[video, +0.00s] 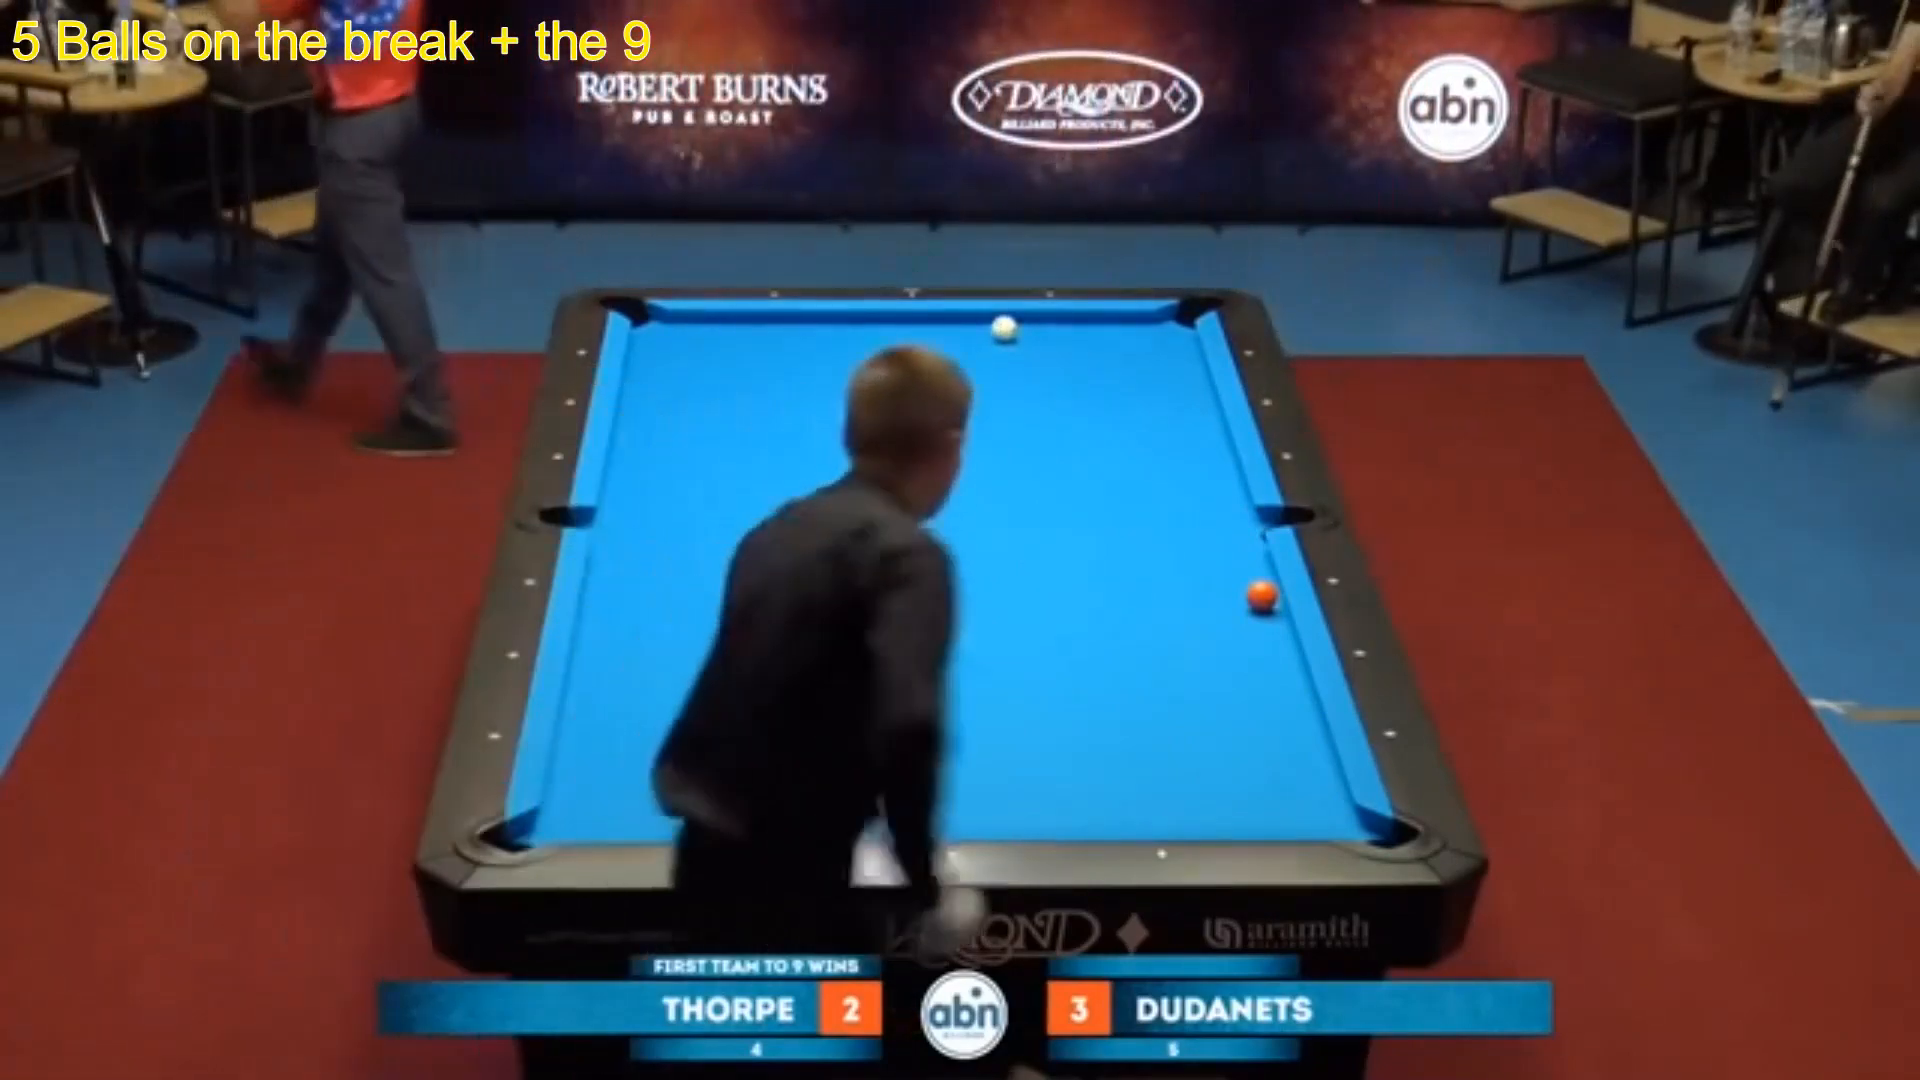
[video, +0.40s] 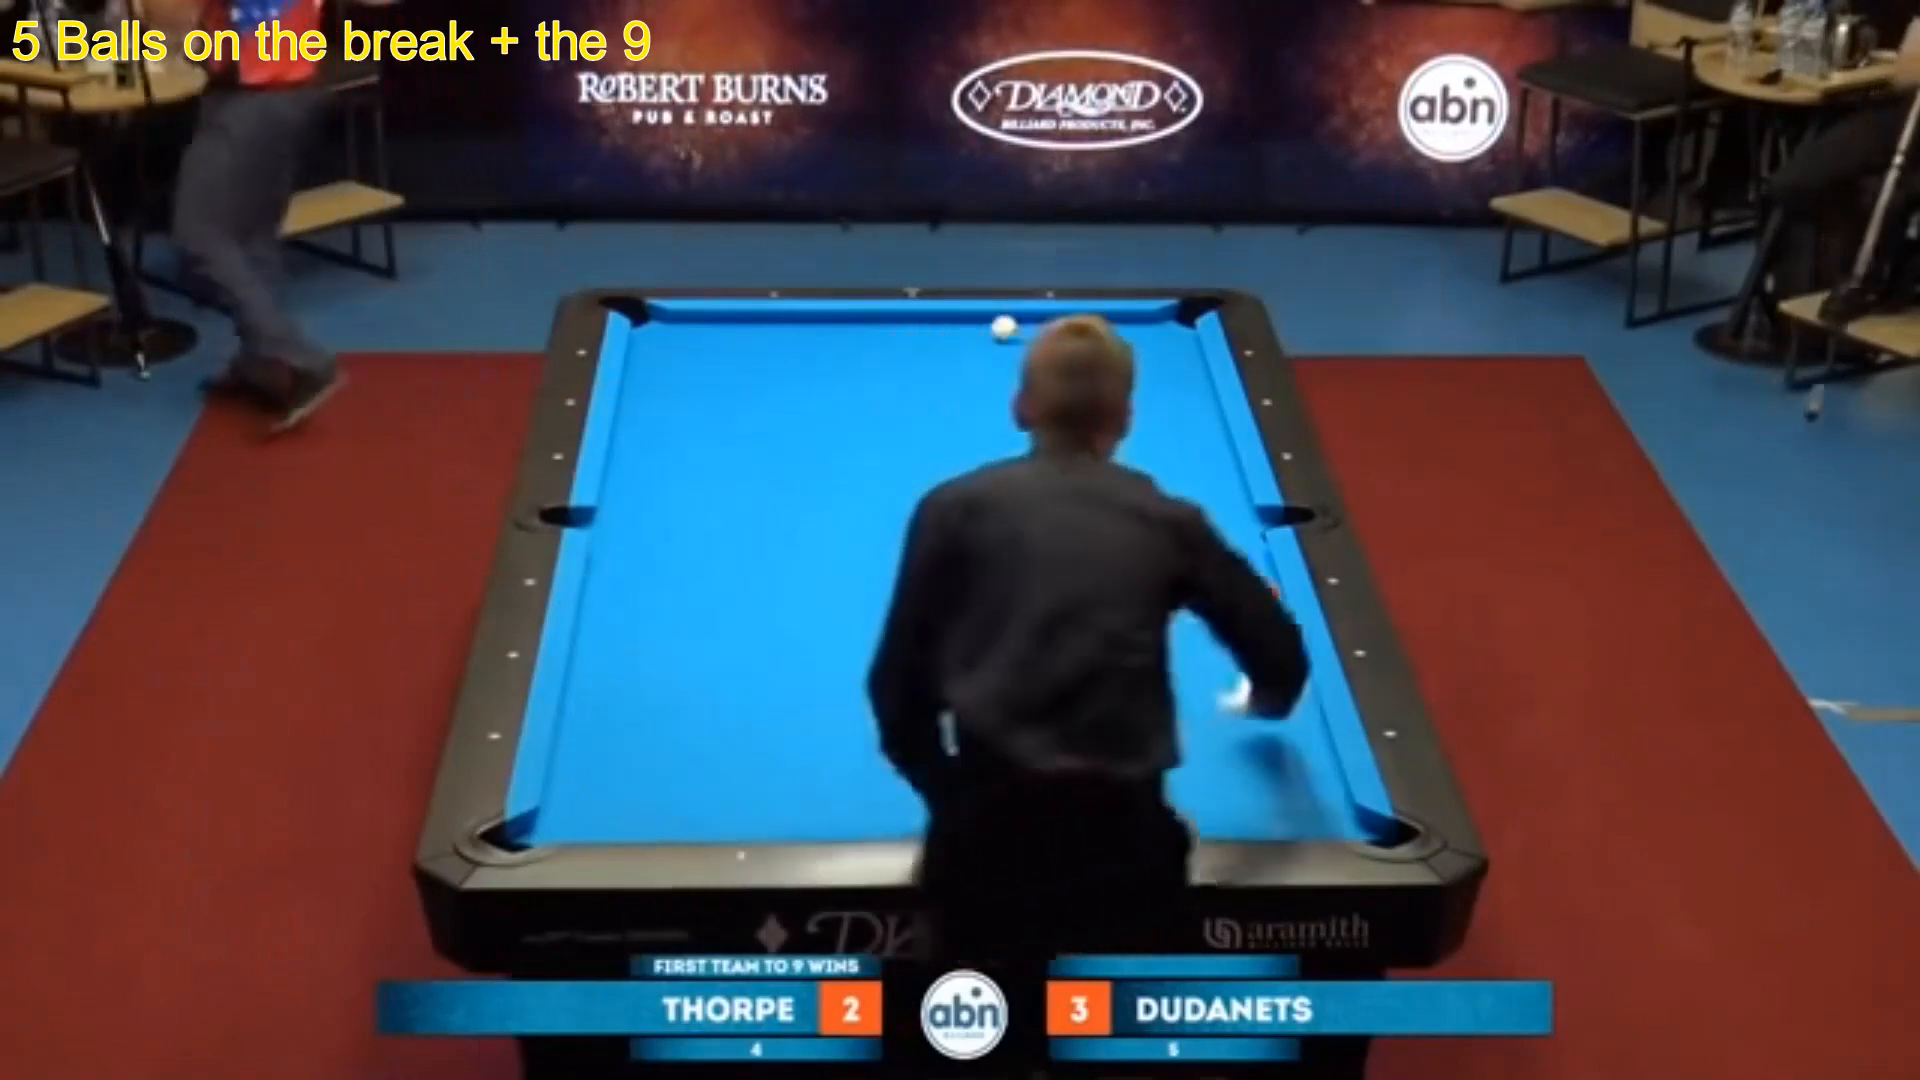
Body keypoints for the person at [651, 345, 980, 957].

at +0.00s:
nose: (959, 462)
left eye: (961, 445)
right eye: (959, 445)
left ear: (855, 435)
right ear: (946, 447)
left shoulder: (777, 531)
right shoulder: (908, 555)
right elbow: (908, 722)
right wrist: (922, 875)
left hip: (708, 850)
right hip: (801, 861)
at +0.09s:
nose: (987, 434)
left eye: (984, 416)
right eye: (984, 418)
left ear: (881, 417)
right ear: (972, 428)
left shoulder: (797, 522)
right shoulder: (959, 542)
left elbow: (761, 681)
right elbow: (1013, 713)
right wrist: (1035, 857)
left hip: (762, 857)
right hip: (868, 867)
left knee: (770, 1044)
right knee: (895, 1054)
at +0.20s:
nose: (1027, 415)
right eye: (1026, 402)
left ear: (922, 405)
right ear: (1019, 416)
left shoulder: (838, 517)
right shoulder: (1034, 526)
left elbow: (790, 687)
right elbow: (1153, 689)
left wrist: (845, 777)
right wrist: (1176, 792)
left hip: (849, 853)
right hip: (975, 858)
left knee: (878, 1047)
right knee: (1002, 1046)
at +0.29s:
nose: (1064, 415)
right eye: (1063, 401)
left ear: (957, 407)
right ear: (1058, 417)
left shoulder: (877, 519)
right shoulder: (1085, 524)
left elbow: (827, 699)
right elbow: (1224, 671)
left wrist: (892, 779)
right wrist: (1236, 753)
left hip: (909, 848)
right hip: (1040, 855)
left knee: (913, 1050)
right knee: (1047, 1053)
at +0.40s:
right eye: (1121, 403)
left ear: (1021, 409)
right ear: (1122, 419)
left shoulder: (953, 513)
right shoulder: (1163, 522)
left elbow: (896, 685)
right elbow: (1278, 648)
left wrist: (944, 790)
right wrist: (1265, 701)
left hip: (989, 833)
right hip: (1127, 837)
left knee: (985, 1034)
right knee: (1135, 1038)